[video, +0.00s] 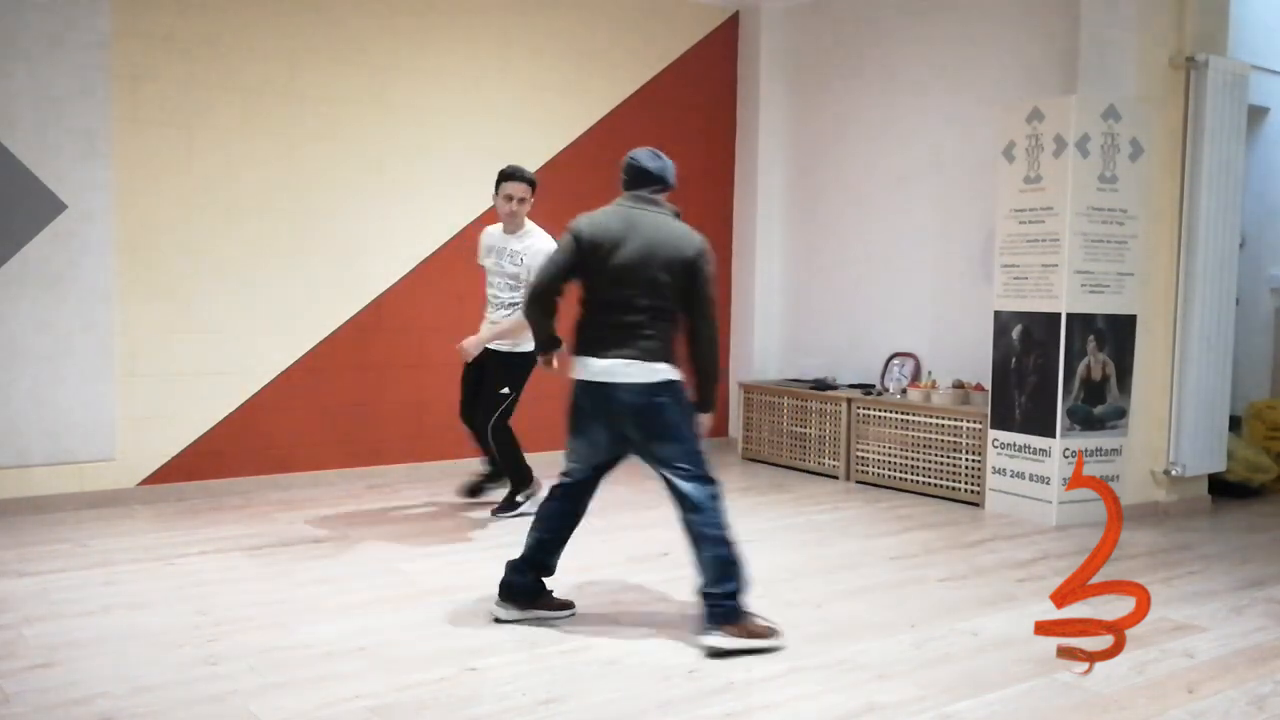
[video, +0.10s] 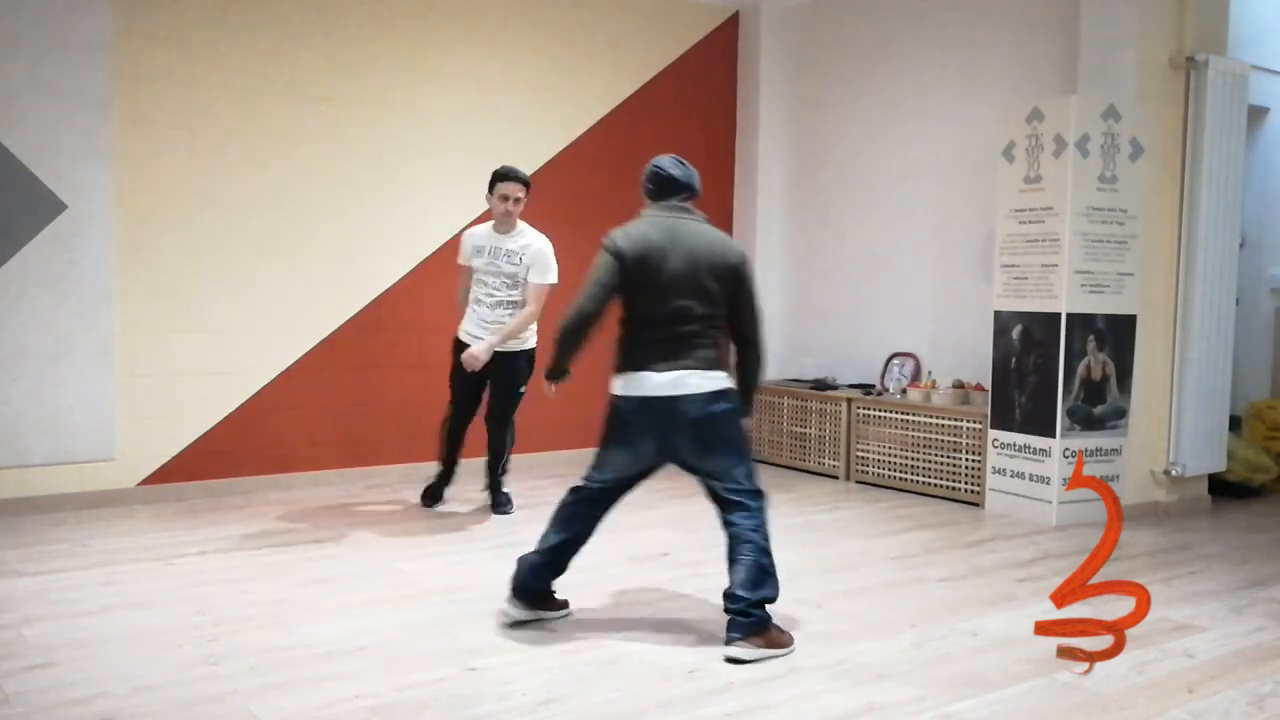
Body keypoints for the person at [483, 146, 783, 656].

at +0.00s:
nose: (668, 196)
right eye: (670, 189)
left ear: (623, 184)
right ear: (667, 190)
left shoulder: (590, 227)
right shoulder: (689, 242)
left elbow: (540, 290)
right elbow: (703, 330)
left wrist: (547, 342)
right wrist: (706, 398)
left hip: (594, 385)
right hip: (655, 387)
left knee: (573, 485)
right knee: (697, 493)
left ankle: (522, 585)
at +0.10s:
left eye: (644, 191)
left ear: (647, 194)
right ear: (694, 195)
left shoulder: (625, 240)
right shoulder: (726, 250)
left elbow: (586, 310)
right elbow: (750, 339)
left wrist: (557, 362)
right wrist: (744, 398)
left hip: (638, 404)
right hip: (707, 402)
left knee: (592, 495)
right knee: (743, 504)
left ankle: (530, 585)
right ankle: (749, 621)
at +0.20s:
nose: (667, 206)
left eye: (667, 198)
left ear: (671, 197)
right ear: (720, 194)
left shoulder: (659, 242)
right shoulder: (756, 246)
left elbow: (635, 322)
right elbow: (787, 336)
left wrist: (596, 397)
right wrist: (774, 392)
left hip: (675, 401)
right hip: (744, 400)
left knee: (627, 494)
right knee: (764, 510)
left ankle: (575, 587)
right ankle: (757, 625)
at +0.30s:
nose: (684, 196)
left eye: (685, 189)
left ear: (690, 187)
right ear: (739, 184)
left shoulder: (686, 230)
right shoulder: (778, 233)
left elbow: (674, 308)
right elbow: (811, 320)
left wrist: (660, 384)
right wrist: (794, 381)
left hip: (701, 386)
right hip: (768, 385)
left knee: (666, 489)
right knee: (772, 504)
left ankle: (649, 592)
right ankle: (765, 624)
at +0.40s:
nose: (703, 186)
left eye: (703, 178)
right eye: (706, 178)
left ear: (710, 178)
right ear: (755, 173)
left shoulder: (713, 218)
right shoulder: (797, 223)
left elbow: (716, 292)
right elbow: (828, 306)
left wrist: (711, 370)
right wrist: (814, 367)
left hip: (733, 375)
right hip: (791, 372)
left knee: (717, 486)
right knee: (786, 493)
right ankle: (776, 617)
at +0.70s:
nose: (731, 197)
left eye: (733, 190)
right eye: (731, 190)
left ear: (745, 191)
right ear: (781, 185)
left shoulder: (745, 238)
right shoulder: (825, 232)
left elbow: (728, 329)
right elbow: (840, 317)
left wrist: (707, 402)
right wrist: (821, 364)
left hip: (760, 386)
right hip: (820, 383)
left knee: (757, 490)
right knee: (832, 476)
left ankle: (795, 596)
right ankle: (829, 563)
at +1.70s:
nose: (733, 211)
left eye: (737, 204)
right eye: (735, 203)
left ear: (753, 208)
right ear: (781, 207)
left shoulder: (747, 243)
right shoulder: (815, 248)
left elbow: (718, 301)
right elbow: (840, 316)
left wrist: (671, 353)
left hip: (764, 384)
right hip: (810, 380)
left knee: (740, 476)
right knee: (804, 465)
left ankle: (791, 560)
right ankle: (834, 561)